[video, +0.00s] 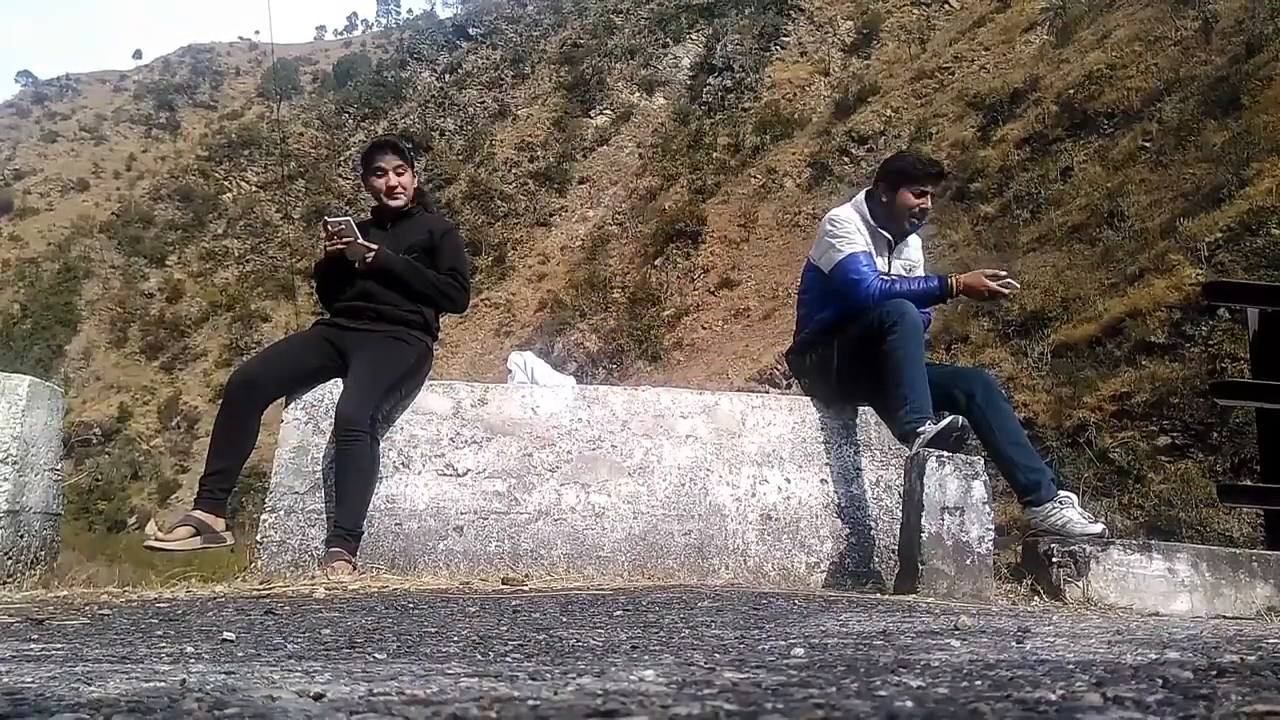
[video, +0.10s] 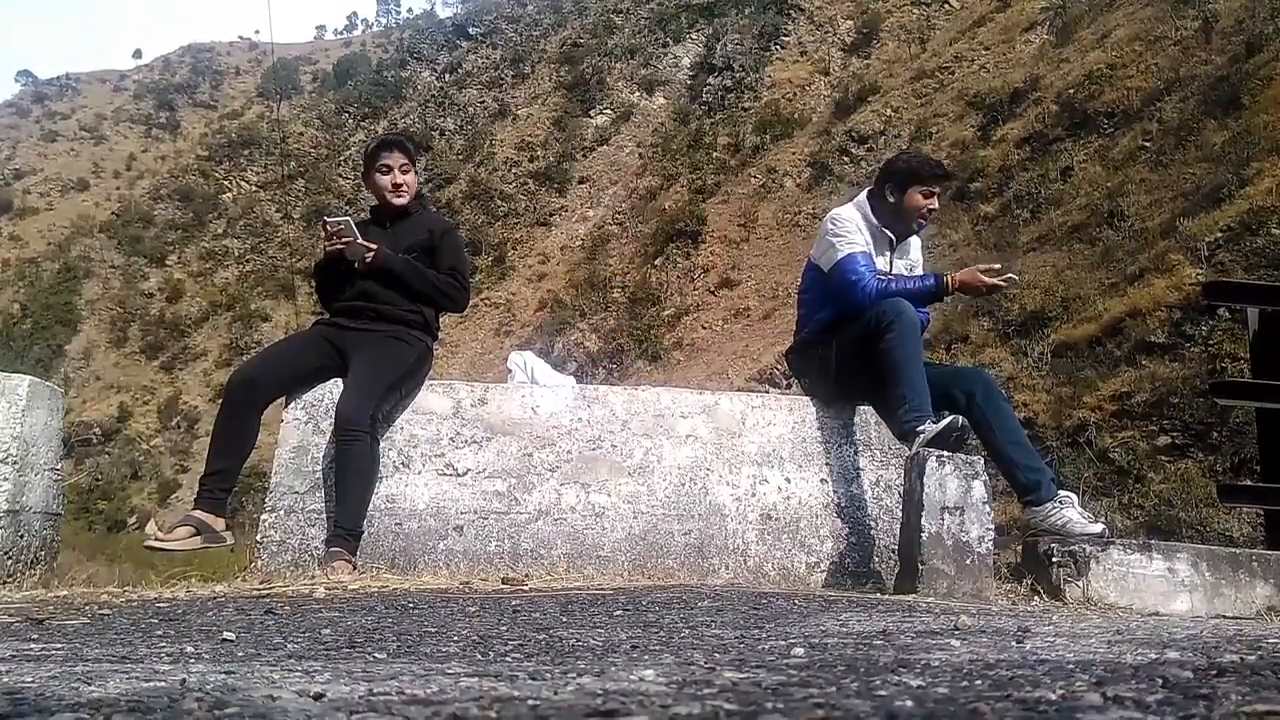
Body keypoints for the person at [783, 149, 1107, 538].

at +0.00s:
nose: (926, 205)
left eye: (931, 197)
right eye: (918, 194)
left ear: (930, 202)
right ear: (885, 192)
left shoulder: (909, 237)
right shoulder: (842, 223)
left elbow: (924, 312)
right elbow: (868, 292)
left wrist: (908, 315)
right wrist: (953, 284)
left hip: (881, 367)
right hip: (825, 364)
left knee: (978, 385)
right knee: (899, 314)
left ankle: (1043, 502)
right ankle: (917, 427)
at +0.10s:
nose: (933, 205)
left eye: (937, 197)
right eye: (926, 194)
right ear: (892, 192)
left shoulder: (909, 237)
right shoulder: (844, 223)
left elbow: (921, 311)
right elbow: (866, 291)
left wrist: (911, 318)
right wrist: (948, 282)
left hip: (881, 367)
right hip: (825, 364)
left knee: (978, 386)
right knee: (897, 314)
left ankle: (1043, 502)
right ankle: (917, 426)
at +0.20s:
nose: (936, 206)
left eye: (940, 197)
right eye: (929, 194)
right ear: (895, 192)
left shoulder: (909, 238)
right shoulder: (847, 221)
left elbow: (918, 312)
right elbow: (863, 291)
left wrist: (907, 320)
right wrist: (945, 280)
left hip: (880, 368)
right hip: (825, 365)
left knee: (977, 385)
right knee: (895, 312)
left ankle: (1043, 502)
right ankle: (917, 426)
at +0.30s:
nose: (937, 204)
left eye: (940, 196)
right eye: (929, 193)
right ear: (895, 191)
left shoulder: (909, 241)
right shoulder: (848, 221)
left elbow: (911, 307)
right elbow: (863, 290)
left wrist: (910, 324)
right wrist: (945, 280)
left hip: (880, 368)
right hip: (826, 364)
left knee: (977, 384)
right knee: (895, 311)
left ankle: (1043, 501)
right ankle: (916, 425)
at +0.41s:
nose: (936, 203)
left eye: (938, 195)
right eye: (927, 192)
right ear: (893, 191)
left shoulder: (908, 244)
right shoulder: (850, 222)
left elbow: (908, 310)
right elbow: (864, 289)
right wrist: (946, 279)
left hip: (880, 368)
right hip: (827, 364)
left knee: (976, 384)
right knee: (896, 312)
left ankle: (1043, 502)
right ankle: (917, 428)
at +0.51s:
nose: (932, 202)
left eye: (934, 193)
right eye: (922, 192)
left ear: (931, 197)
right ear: (889, 193)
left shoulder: (904, 245)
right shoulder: (850, 225)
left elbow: (898, 305)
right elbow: (865, 290)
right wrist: (948, 280)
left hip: (878, 370)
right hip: (826, 366)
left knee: (976, 385)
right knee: (898, 315)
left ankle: (1042, 503)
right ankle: (916, 429)